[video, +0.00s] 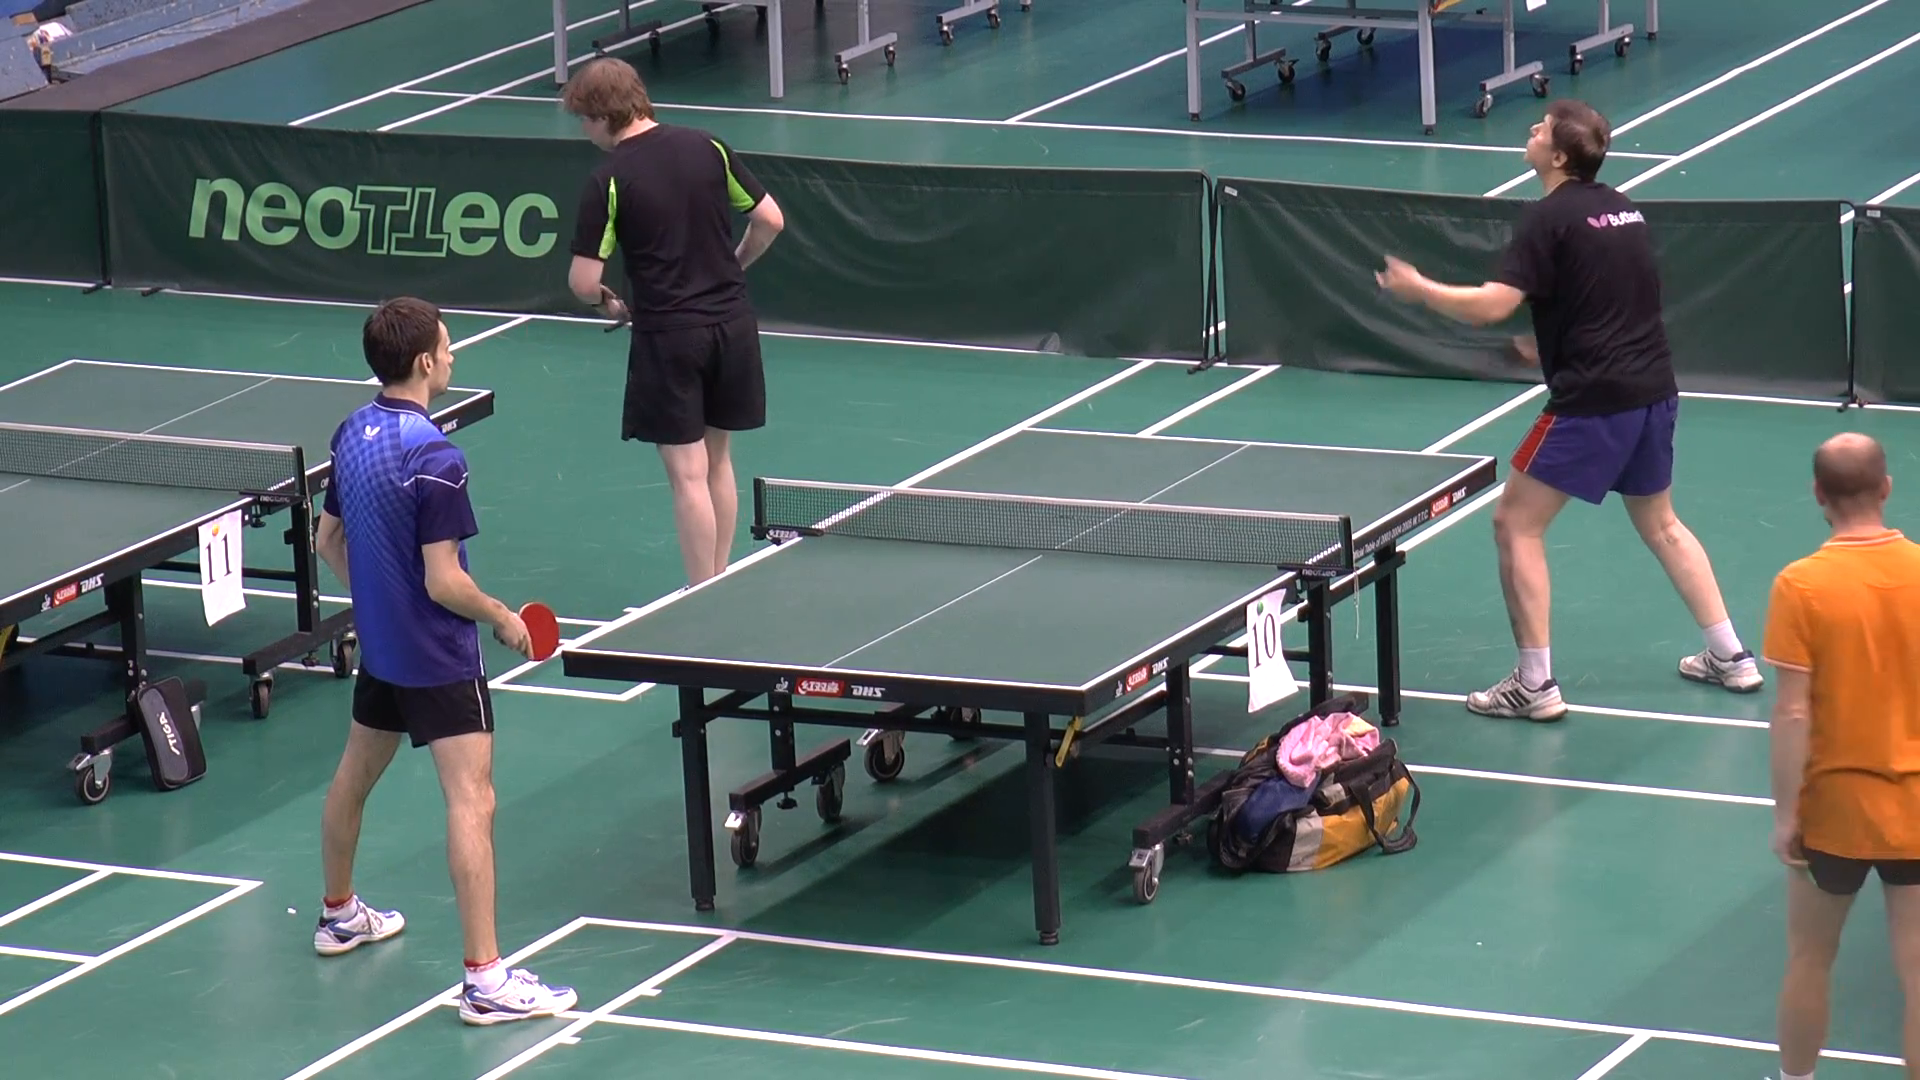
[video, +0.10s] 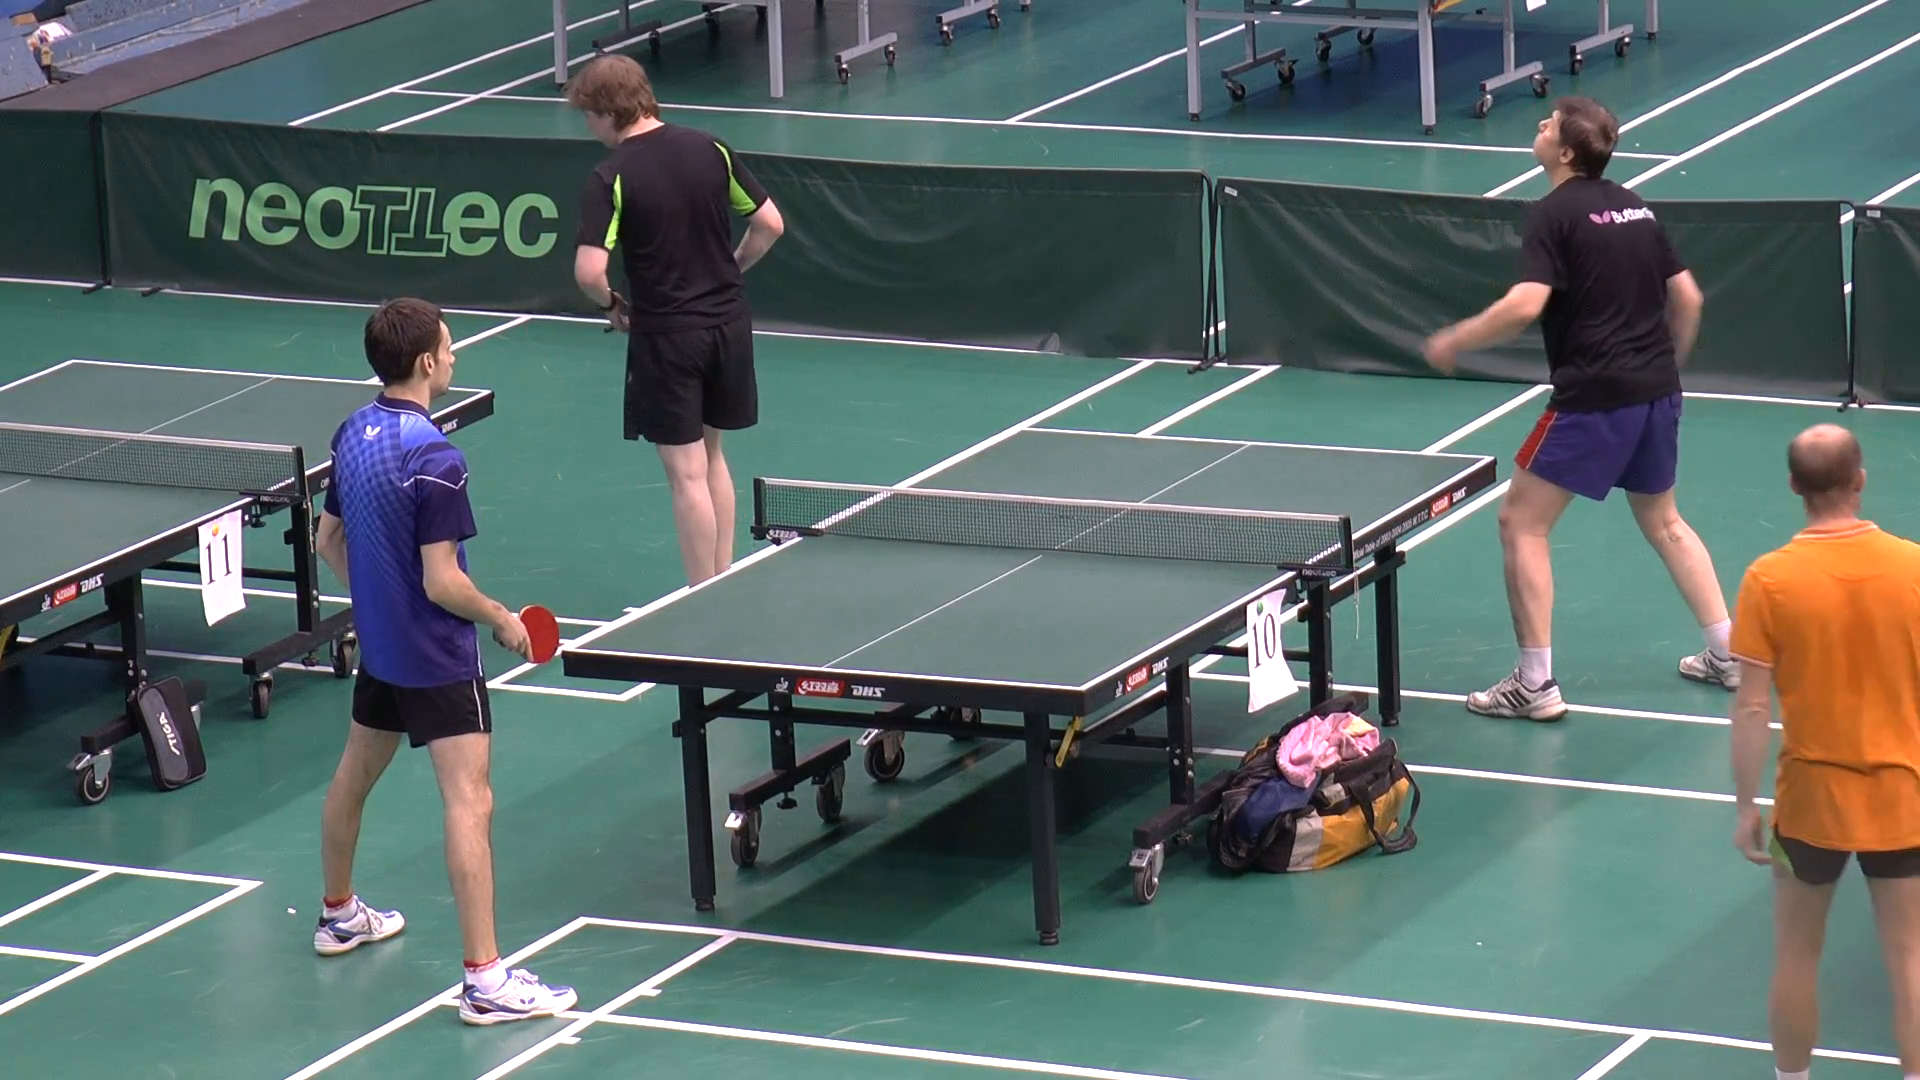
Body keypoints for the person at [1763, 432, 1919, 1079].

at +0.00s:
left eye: (1815, 486)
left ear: (1818, 495)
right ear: (1887, 489)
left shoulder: (1803, 583)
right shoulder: (1915, 567)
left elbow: (1792, 711)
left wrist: (1785, 811)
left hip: (1836, 802)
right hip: (1915, 802)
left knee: (1810, 961)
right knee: (1917, 973)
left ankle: (1795, 1075)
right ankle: (1912, 1072)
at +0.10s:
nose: (1860, 475)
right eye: (1860, 466)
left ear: (1793, 485)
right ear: (1861, 479)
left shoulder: (1771, 577)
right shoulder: (1909, 563)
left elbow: (1752, 705)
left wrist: (1748, 804)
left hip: (1813, 796)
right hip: (1904, 795)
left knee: (1798, 957)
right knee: (1909, 963)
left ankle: (1792, 1074)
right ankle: (1912, 1074)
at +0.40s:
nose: (1822, 456)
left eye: (1815, 446)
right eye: (1819, 449)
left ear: (1751, 471)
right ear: (1815, 464)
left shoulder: (1719, 560)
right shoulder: (1870, 551)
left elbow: (1675, 670)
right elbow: (1905, 674)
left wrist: (1661, 745)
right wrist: (1918, 759)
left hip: (1767, 786)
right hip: (1862, 777)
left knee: (1777, 941)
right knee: (1882, 915)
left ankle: (1787, 1075)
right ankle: (1872, 1072)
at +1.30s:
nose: (1850, 430)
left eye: (1847, 418)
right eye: (1847, 421)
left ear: (1777, 440)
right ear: (1834, 439)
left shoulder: (1732, 510)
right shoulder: (1838, 536)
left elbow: (1712, 629)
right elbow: (1860, 666)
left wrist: (1749, 683)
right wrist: (1909, 714)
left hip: (1733, 739)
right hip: (1800, 749)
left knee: (1743, 867)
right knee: (1824, 901)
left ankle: (1720, 1015)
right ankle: (1818, 1065)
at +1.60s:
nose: (1836, 427)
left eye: (1834, 417)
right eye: (1834, 418)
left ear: (1769, 429)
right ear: (1814, 433)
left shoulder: (1736, 491)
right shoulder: (1771, 515)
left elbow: (1750, 621)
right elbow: (1776, 643)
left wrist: (1798, 688)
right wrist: (1853, 687)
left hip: (1697, 713)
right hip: (1724, 727)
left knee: (1710, 874)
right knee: (1747, 886)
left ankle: (1712, 1019)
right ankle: (1748, 1050)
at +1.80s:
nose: (1832, 437)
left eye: (1830, 426)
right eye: (1828, 427)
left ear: (1779, 433)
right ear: (1801, 438)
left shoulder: (1752, 498)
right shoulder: (1737, 515)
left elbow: (1769, 589)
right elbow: (1722, 639)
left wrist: (1856, 633)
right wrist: (1802, 688)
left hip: (1714, 717)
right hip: (1681, 723)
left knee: (1711, 867)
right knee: (1680, 875)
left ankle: (1716, 1020)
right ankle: (1633, 1034)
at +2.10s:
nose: (1790, 451)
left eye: (1790, 438)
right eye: (1783, 439)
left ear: (1746, 442)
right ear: (1746, 443)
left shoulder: (1748, 514)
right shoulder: (1658, 514)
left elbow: (1811, 594)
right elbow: (1626, 627)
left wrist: (1893, 644)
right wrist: (1710, 689)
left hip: (1686, 715)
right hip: (1618, 717)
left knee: (1695, 860)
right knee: (1588, 860)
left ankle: (1714, 1020)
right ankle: (1535, 988)